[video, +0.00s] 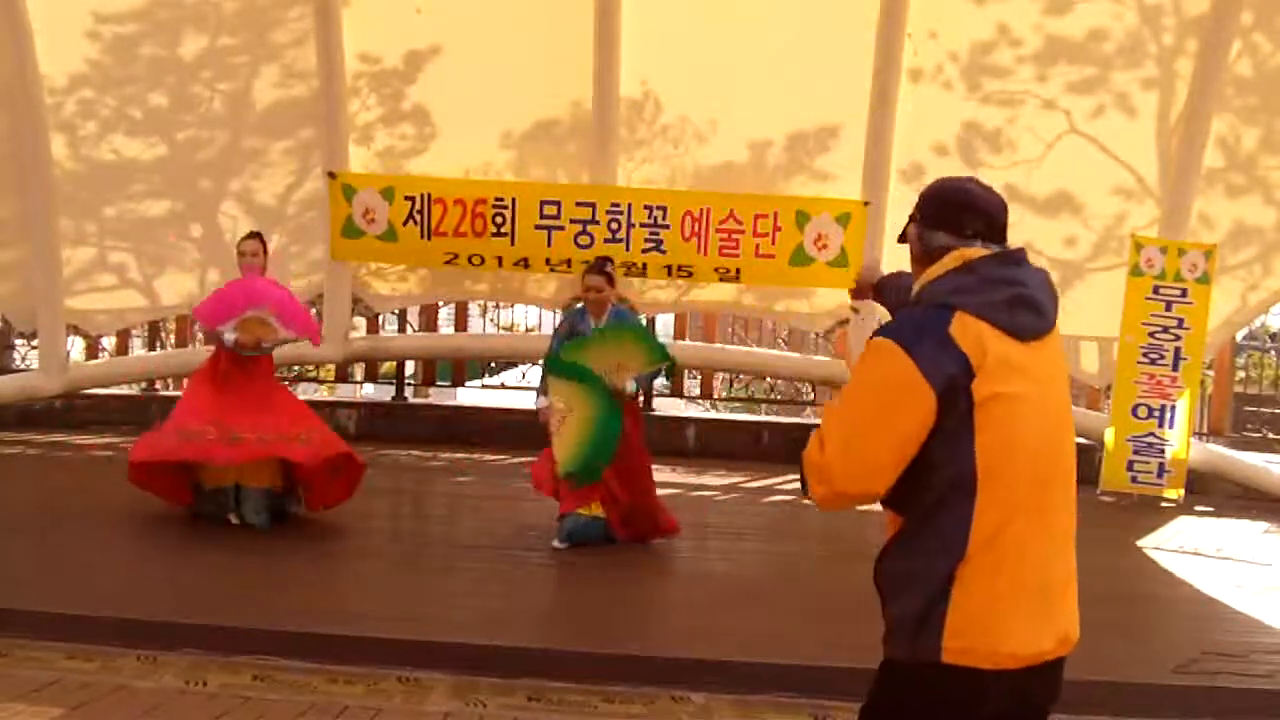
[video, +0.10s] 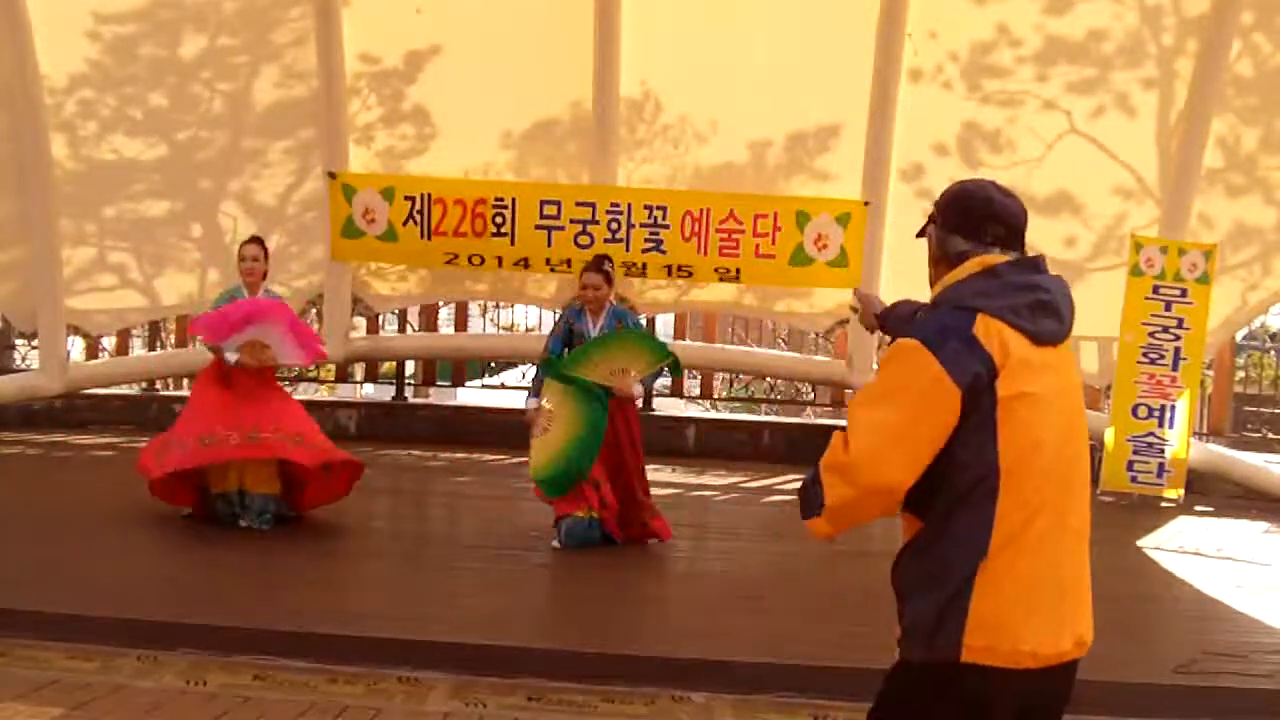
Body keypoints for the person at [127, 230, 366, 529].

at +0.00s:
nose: (249, 261)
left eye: (255, 255)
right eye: (244, 255)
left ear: (266, 258)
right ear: (237, 260)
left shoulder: (276, 296)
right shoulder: (226, 297)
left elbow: (300, 329)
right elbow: (207, 333)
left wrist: (268, 340)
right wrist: (233, 340)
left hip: (259, 373)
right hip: (225, 372)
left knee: (259, 434)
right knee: (221, 432)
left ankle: (255, 505)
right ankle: (224, 505)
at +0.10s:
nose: (249, 266)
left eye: (256, 260)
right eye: (244, 260)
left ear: (266, 266)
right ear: (238, 265)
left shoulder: (276, 302)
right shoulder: (226, 300)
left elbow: (292, 341)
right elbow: (209, 339)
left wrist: (272, 356)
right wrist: (234, 357)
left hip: (262, 378)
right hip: (228, 378)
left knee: (262, 436)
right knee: (226, 435)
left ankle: (261, 505)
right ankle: (228, 504)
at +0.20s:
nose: (249, 270)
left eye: (255, 264)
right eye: (244, 264)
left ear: (266, 270)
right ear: (237, 269)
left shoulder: (278, 308)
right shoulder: (224, 307)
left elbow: (290, 351)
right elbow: (213, 352)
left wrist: (269, 374)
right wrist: (236, 374)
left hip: (268, 383)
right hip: (230, 383)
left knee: (265, 437)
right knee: (230, 436)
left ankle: (264, 502)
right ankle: (230, 501)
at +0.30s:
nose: (249, 272)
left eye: (256, 266)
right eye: (244, 266)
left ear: (267, 271)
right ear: (237, 271)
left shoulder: (280, 309)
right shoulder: (226, 308)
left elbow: (293, 348)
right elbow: (215, 352)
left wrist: (277, 358)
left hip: (270, 381)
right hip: (235, 381)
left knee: (268, 435)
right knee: (238, 435)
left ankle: (271, 500)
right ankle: (241, 499)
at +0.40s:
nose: (249, 272)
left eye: (256, 266)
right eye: (243, 266)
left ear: (267, 271)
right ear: (237, 271)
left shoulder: (280, 309)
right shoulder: (225, 308)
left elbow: (298, 347)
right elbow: (212, 353)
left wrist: (297, 369)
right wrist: (210, 386)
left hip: (266, 385)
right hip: (230, 385)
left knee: (267, 438)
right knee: (232, 439)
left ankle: (269, 501)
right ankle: (233, 501)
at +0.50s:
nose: (247, 267)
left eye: (254, 261)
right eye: (242, 261)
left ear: (264, 267)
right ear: (235, 266)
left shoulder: (275, 305)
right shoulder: (222, 303)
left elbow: (298, 338)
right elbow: (203, 344)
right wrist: (197, 379)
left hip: (262, 376)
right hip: (226, 375)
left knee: (264, 435)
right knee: (224, 434)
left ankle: (278, 500)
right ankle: (219, 499)